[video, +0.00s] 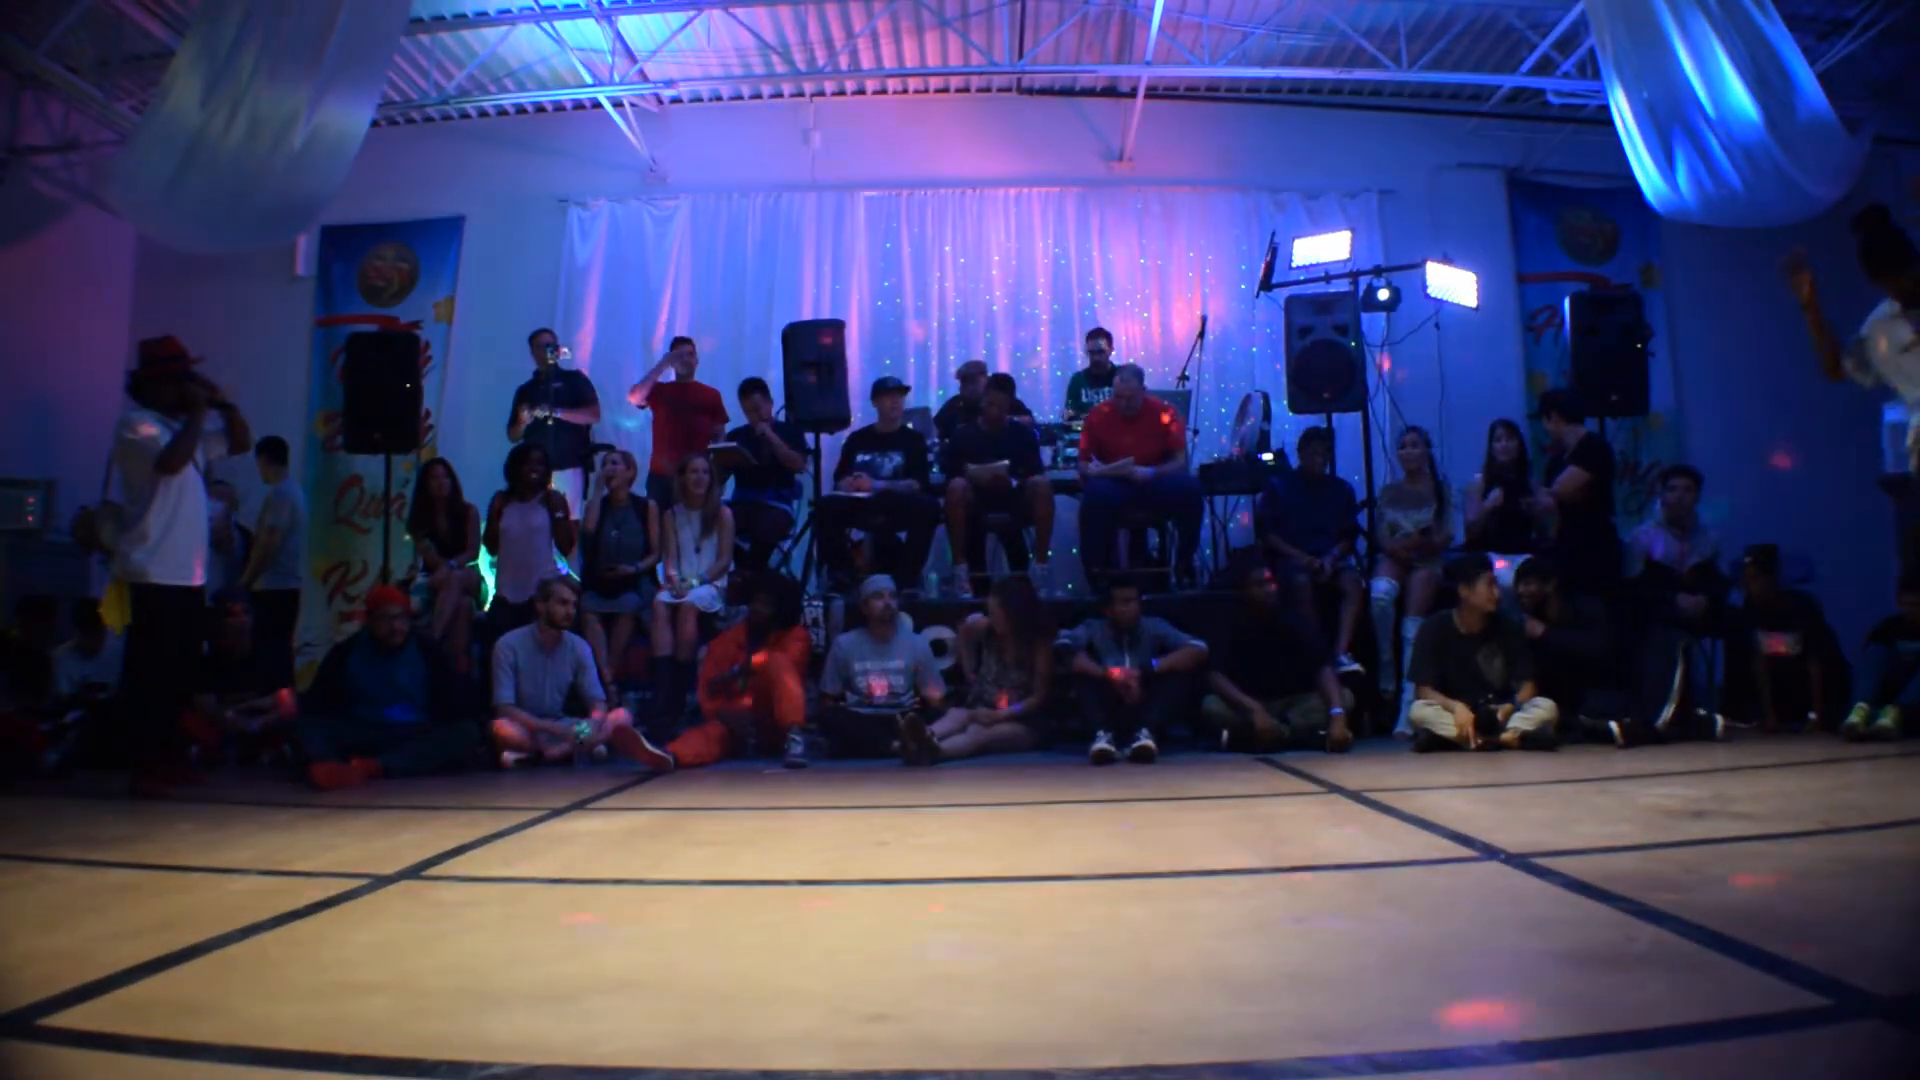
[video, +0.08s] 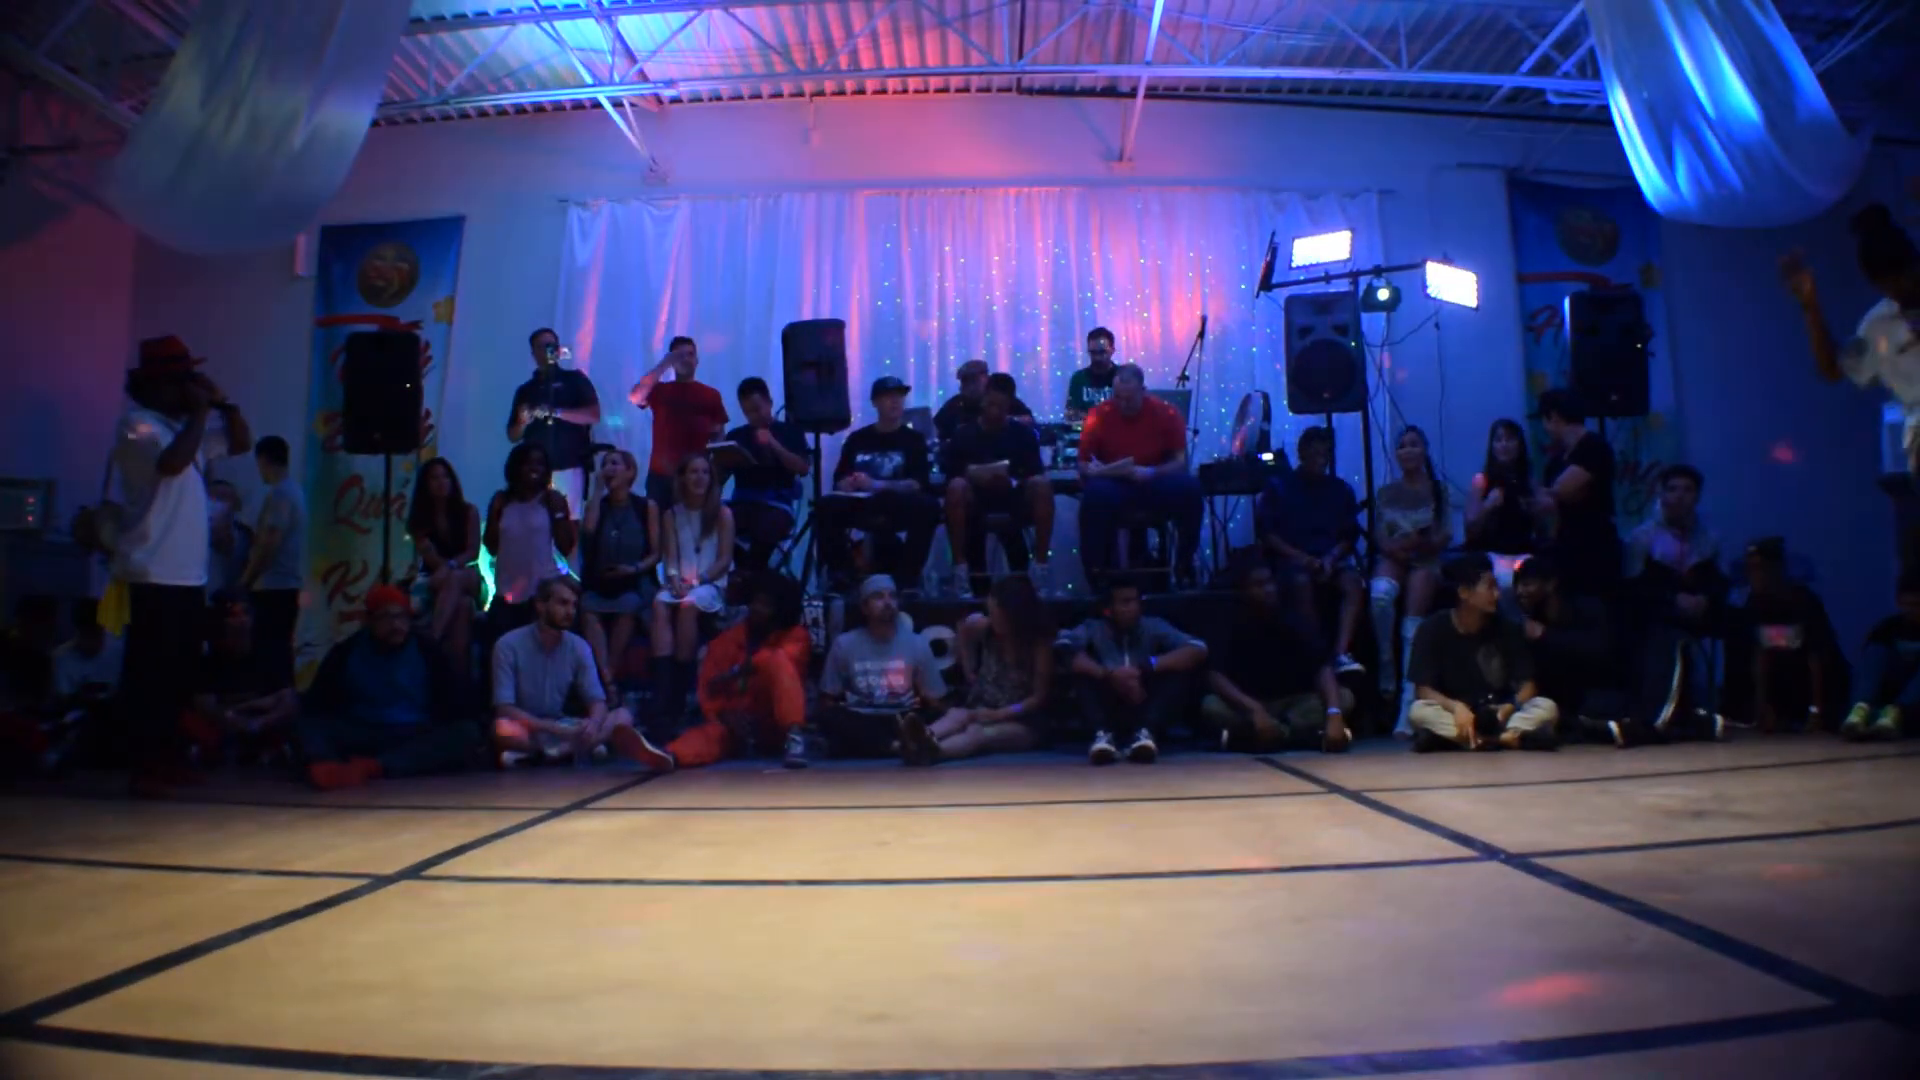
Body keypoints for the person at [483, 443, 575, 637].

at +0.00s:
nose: (534, 470)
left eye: (539, 464)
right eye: (528, 464)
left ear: (547, 470)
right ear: (515, 468)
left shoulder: (553, 500)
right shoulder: (501, 500)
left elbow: (566, 546)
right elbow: (491, 547)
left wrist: (556, 512)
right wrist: (496, 512)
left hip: (543, 592)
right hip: (507, 592)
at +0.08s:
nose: (534, 470)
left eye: (540, 465)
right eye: (528, 464)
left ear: (547, 470)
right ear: (515, 468)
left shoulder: (554, 500)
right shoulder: (501, 500)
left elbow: (566, 546)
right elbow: (491, 546)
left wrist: (557, 511)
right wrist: (496, 513)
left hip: (544, 593)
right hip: (508, 593)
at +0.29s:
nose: (534, 469)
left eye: (539, 464)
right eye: (528, 463)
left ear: (546, 469)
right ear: (516, 467)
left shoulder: (552, 502)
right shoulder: (501, 502)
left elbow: (563, 548)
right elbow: (492, 544)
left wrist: (558, 512)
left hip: (542, 589)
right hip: (507, 589)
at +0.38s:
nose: (534, 469)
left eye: (539, 464)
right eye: (528, 463)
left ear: (546, 469)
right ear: (516, 467)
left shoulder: (552, 502)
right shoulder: (501, 502)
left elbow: (561, 548)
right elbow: (491, 542)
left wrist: (558, 513)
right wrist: (508, 563)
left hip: (542, 588)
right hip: (508, 588)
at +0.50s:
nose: (534, 469)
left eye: (540, 464)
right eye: (528, 464)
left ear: (546, 470)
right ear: (515, 467)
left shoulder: (551, 502)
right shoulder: (501, 502)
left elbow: (561, 548)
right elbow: (491, 542)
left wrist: (557, 512)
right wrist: (509, 564)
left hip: (542, 592)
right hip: (507, 591)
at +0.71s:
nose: (534, 469)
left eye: (539, 464)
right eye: (528, 463)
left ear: (546, 469)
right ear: (516, 467)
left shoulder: (551, 501)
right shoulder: (500, 503)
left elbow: (561, 548)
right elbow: (491, 543)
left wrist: (557, 513)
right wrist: (510, 562)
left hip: (544, 592)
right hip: (508, 590)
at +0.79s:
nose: (534, 469)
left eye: (540, 464)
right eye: (528, 463)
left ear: (547, 469)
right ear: (516, 467)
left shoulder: (551, 501)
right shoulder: (499, 503)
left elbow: (561, 548)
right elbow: (491, 543)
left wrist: (559, 513)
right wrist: (511, 563)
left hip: (544, 591)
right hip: (508, 591)